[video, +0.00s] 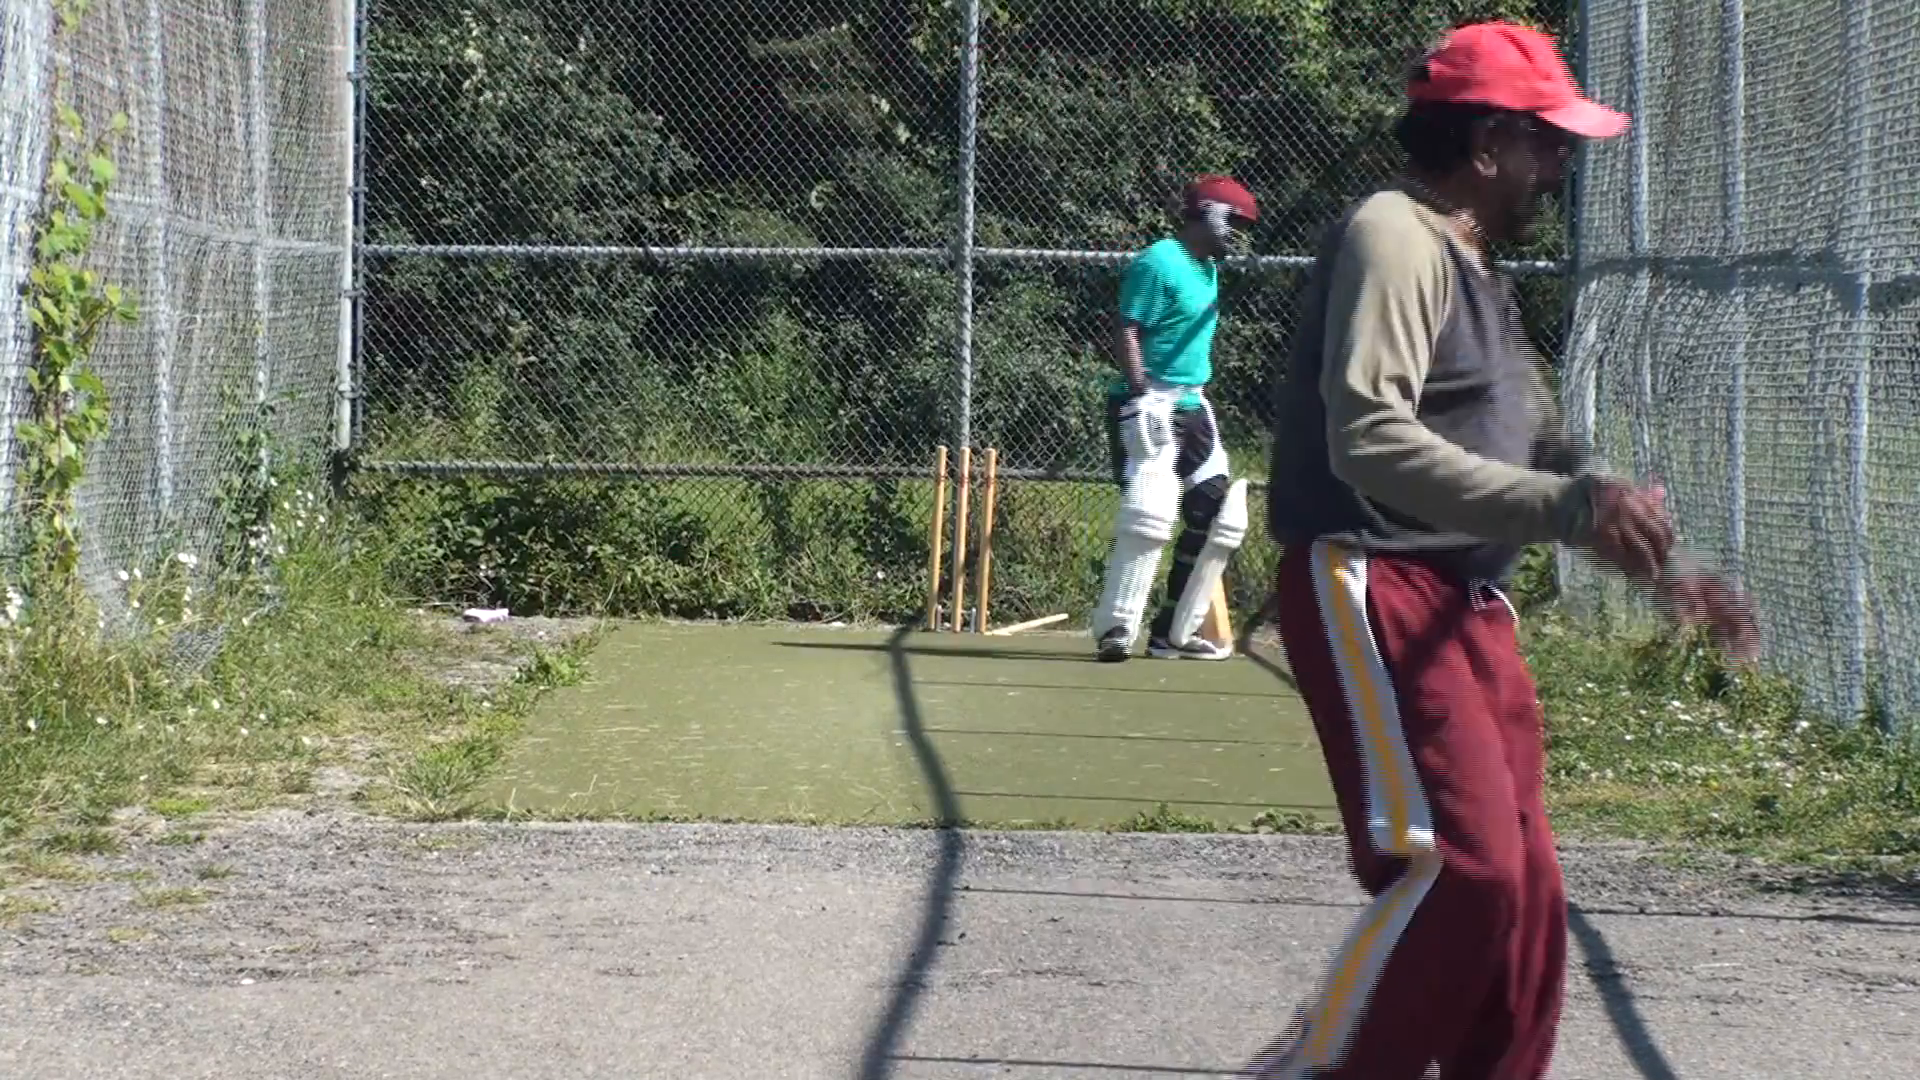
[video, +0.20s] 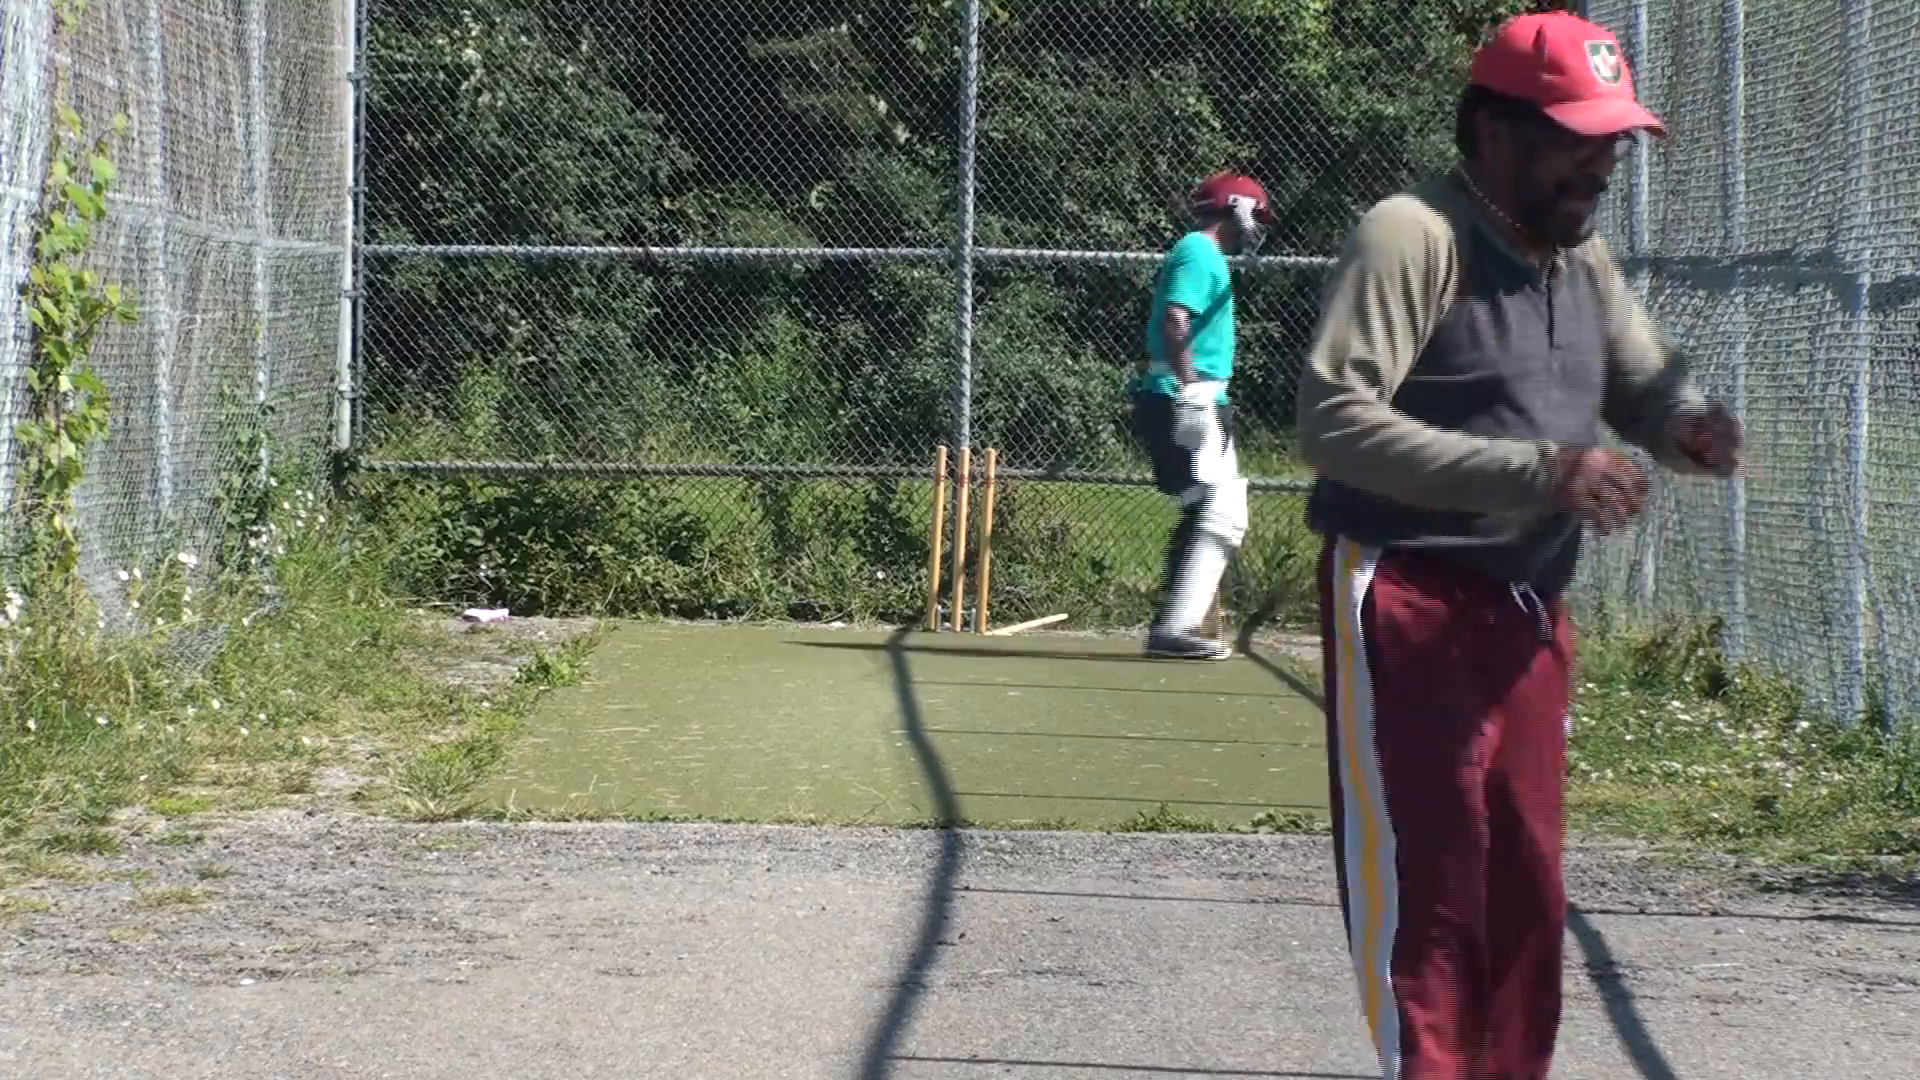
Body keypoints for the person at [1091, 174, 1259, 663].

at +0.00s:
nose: (1236, 232)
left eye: (1238, 223)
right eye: (1229, 221)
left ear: (1216, 222)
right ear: (1202, 216)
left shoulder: (1207, 268)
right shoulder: (1157, 262)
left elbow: (1188, 340)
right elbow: (1127, 329)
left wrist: (1196, 400)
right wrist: (1140, 390)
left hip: (1191, 403)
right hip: (1148, 402)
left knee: (1221, 516)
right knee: (1150, 514)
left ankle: (1175, 632)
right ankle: (1117, 629)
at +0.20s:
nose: (1258, 229)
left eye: (1259, 219)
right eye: (1254, 218)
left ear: (1222, 213)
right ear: (1234, 213)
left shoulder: (1207, 257)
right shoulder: (1199, 251)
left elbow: (1190, 333)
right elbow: (1175, 319)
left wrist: (1212, 400)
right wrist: (1192, 388)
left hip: (1197, 402)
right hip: (1183, 402)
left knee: (1219, 508)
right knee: (1219, 509)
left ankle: (1179, 624)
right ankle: (1177, 626)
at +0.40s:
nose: (1278, 221)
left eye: (1277, 210)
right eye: (1272, 210)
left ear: (1228, 213)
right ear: (1251, 208)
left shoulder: (1203, 255)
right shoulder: (1232, 250)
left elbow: (1171, 329)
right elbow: (1221, 321)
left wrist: (1197, 373)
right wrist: (1246, 392)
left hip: (1184, 400)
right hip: (1216, 402)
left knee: (1210, 516)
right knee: (1271, 500)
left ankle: (1175, 630)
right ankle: (1273, 623)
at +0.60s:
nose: (1304, 224)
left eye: (1301, 214)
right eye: (1298, 215)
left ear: (1253, 219)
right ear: (1282, 218)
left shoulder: (1222, 266)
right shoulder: (1279, 260)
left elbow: (1193, 337)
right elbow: (1272, 329)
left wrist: (1210, 386)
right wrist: (1290, 391)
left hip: (1212, 408)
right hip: (1255, 406)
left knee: (1220, 521)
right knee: (1308, 510)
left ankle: (1175, 628)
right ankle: (1331, 628)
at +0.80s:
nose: (1346, 231)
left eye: (1345, 222)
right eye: (1342, 222)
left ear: (1291, 224)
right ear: (1326, 225)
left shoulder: (1257, 271)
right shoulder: (1333, 267)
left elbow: (1238, 346)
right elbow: (1337, 341)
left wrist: (1236, 408)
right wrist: (1375, 381)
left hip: (1259, 409)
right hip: (1312, 407)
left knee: (1277, 524)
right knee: (1343, 511)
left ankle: (1213, 600)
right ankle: (1333, 635)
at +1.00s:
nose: (1380, 227)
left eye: (1377, 220)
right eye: (1377, 220)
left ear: (1327, 222)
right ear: (1367, 221)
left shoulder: (1293, 268)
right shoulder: (1376, 265)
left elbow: (1261, 342)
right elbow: (1407, 338)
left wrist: (1259, 405)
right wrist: (1436, 389)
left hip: (1295, 406)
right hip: (1346, 403)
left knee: (1318, 505)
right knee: (1350, 519)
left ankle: (1312, 616)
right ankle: (1331, 637)